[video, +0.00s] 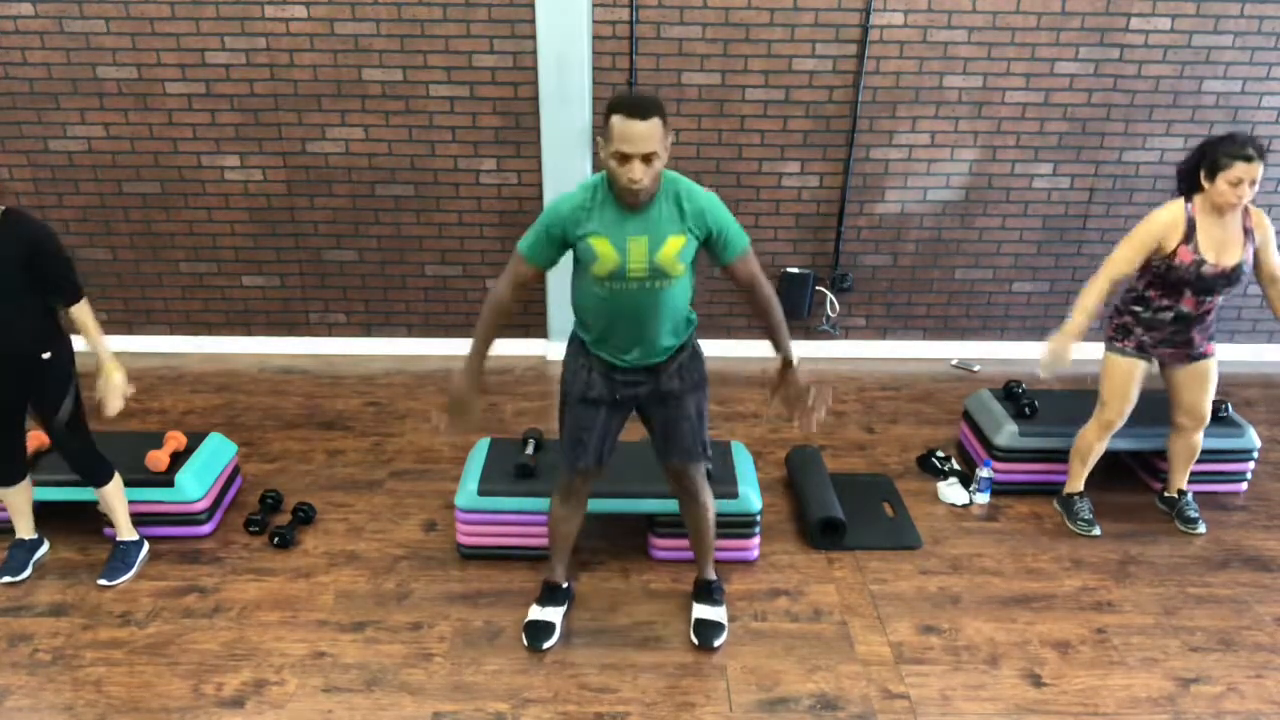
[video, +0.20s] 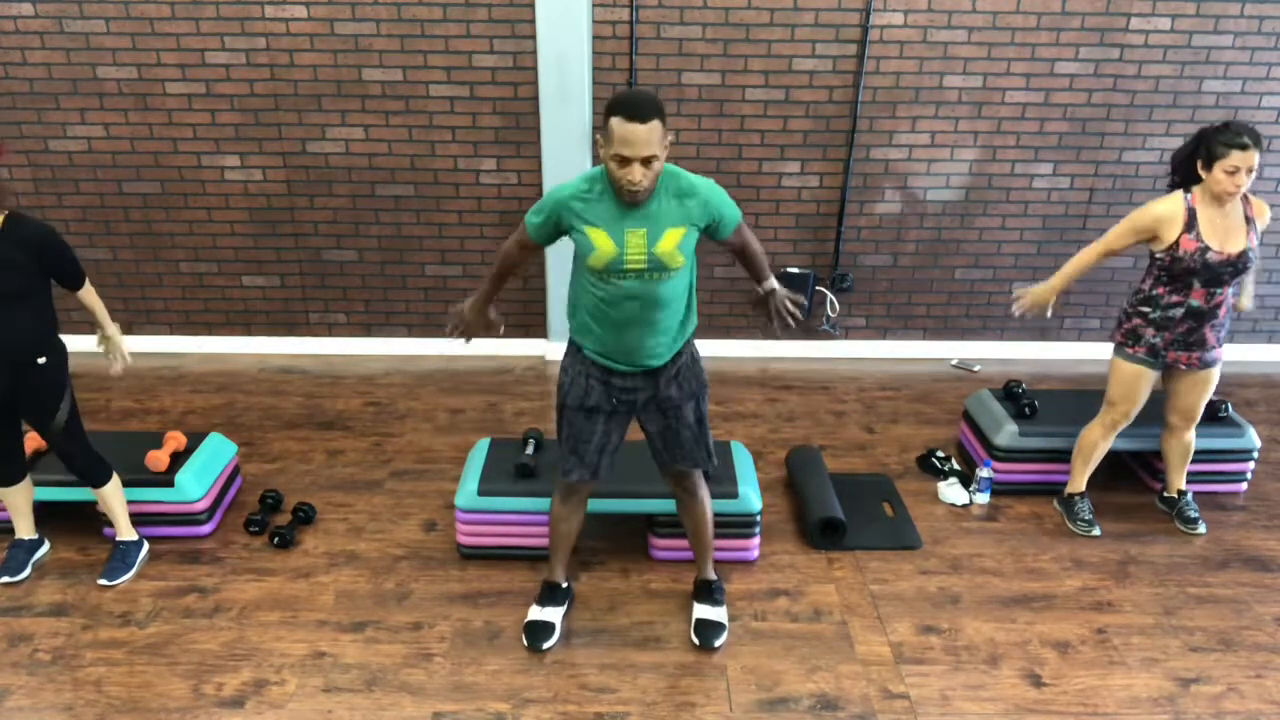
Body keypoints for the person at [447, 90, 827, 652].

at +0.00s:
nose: (636, 173)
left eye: (648, 158)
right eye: (623, 159)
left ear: (666, 150)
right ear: (604, 151)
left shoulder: (696, 205)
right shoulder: (571, 210)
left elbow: (751, 278)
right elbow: (511, 283)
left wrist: (788, 357)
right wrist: (471, 368)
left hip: (672, 364)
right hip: (594, 363)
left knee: (689, 477)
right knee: (575, 477)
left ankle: (708, 583)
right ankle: (556, 584)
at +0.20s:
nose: (636, 175)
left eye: (648, 161)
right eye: (623, 160)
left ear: (666, 148)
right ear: (601, 148)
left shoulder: (700, 197)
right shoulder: (569, 202)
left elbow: (741, 240)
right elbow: (518, 248)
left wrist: (769, 284)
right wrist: (481, 300)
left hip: (670, 369)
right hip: (591, 368)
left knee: (687, 477)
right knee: (573, 481)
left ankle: (707, 583)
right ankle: (554, 587)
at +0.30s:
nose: (634, 177)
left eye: (646, 163)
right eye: (621, 163)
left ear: (665, 148)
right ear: (600, 150)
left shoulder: (699, 196)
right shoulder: (567, 200)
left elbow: (737, 234)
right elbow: (520, 242)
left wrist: (757, 269)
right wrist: (487, 288)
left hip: (668, 370)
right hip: (590, 368)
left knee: (686, 478)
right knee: (572, 482)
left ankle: (707, 583)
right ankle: (555, 586)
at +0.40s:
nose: (631, 178)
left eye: (644, 164)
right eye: (618, 164)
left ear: (664, 148)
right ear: (597, 150)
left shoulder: (697, 198)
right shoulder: (566, 201)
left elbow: (734, 237)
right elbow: (520, 247)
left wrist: (756, 280)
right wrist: (485, 301)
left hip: (667, 369)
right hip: (588, 367)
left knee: (686, 478)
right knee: (571, 481)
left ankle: (708, 583)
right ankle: (555, 586)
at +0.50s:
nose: (629, 181)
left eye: (642, 167)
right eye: (616, 167)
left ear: (662, 151)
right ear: (596, 153)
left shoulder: (697, 201)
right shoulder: (564, 205)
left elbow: (732, 264)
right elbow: (518, 274)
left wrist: (753, 322)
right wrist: (486, 340)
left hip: (666, 369)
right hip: (587, 366)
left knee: (687, 478)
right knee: (569, 481)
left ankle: (708, 584)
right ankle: (555, 586)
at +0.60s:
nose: (627, 196)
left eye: (640, 182)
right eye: (614, 181)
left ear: (660, 164)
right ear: (595, 165)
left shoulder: (697, 215)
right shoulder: (564, 219)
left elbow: (722, 299)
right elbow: (533, 295)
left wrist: (735, 369)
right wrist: (516, 356)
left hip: (665, 363)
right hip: (587, 361)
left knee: (686, 477)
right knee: (566, 479)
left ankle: (708, 582)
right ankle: (553, 586)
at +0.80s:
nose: (628, 303)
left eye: (640, 290)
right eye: (616, 289)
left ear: (658, 268)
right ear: (599, 269)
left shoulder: (688, 299)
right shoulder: (568, 307)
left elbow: (707, 400)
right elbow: (551, 402)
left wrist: (693, 484)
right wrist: (557, 479)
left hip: (661, 394)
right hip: (593, 394)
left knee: (687, 487)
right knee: (559, 494)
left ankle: (707, 583)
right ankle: (554, 586)